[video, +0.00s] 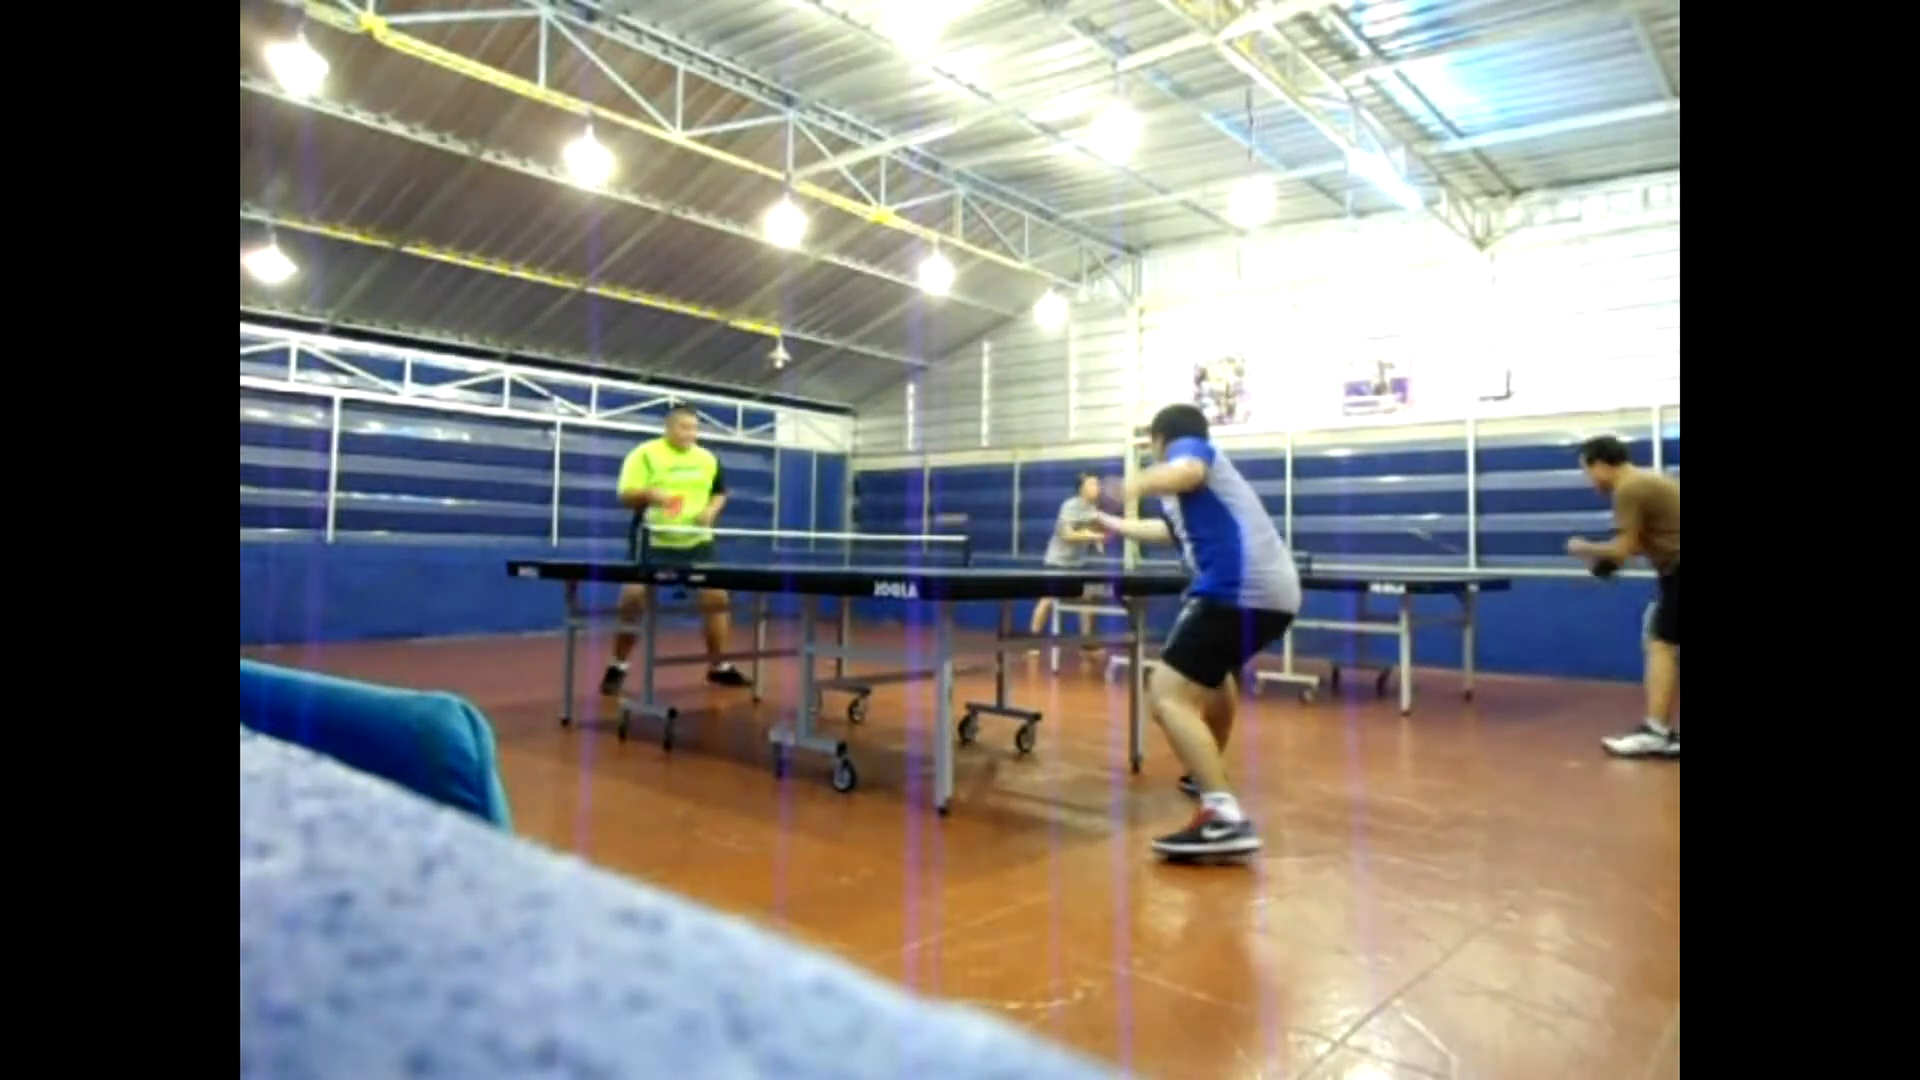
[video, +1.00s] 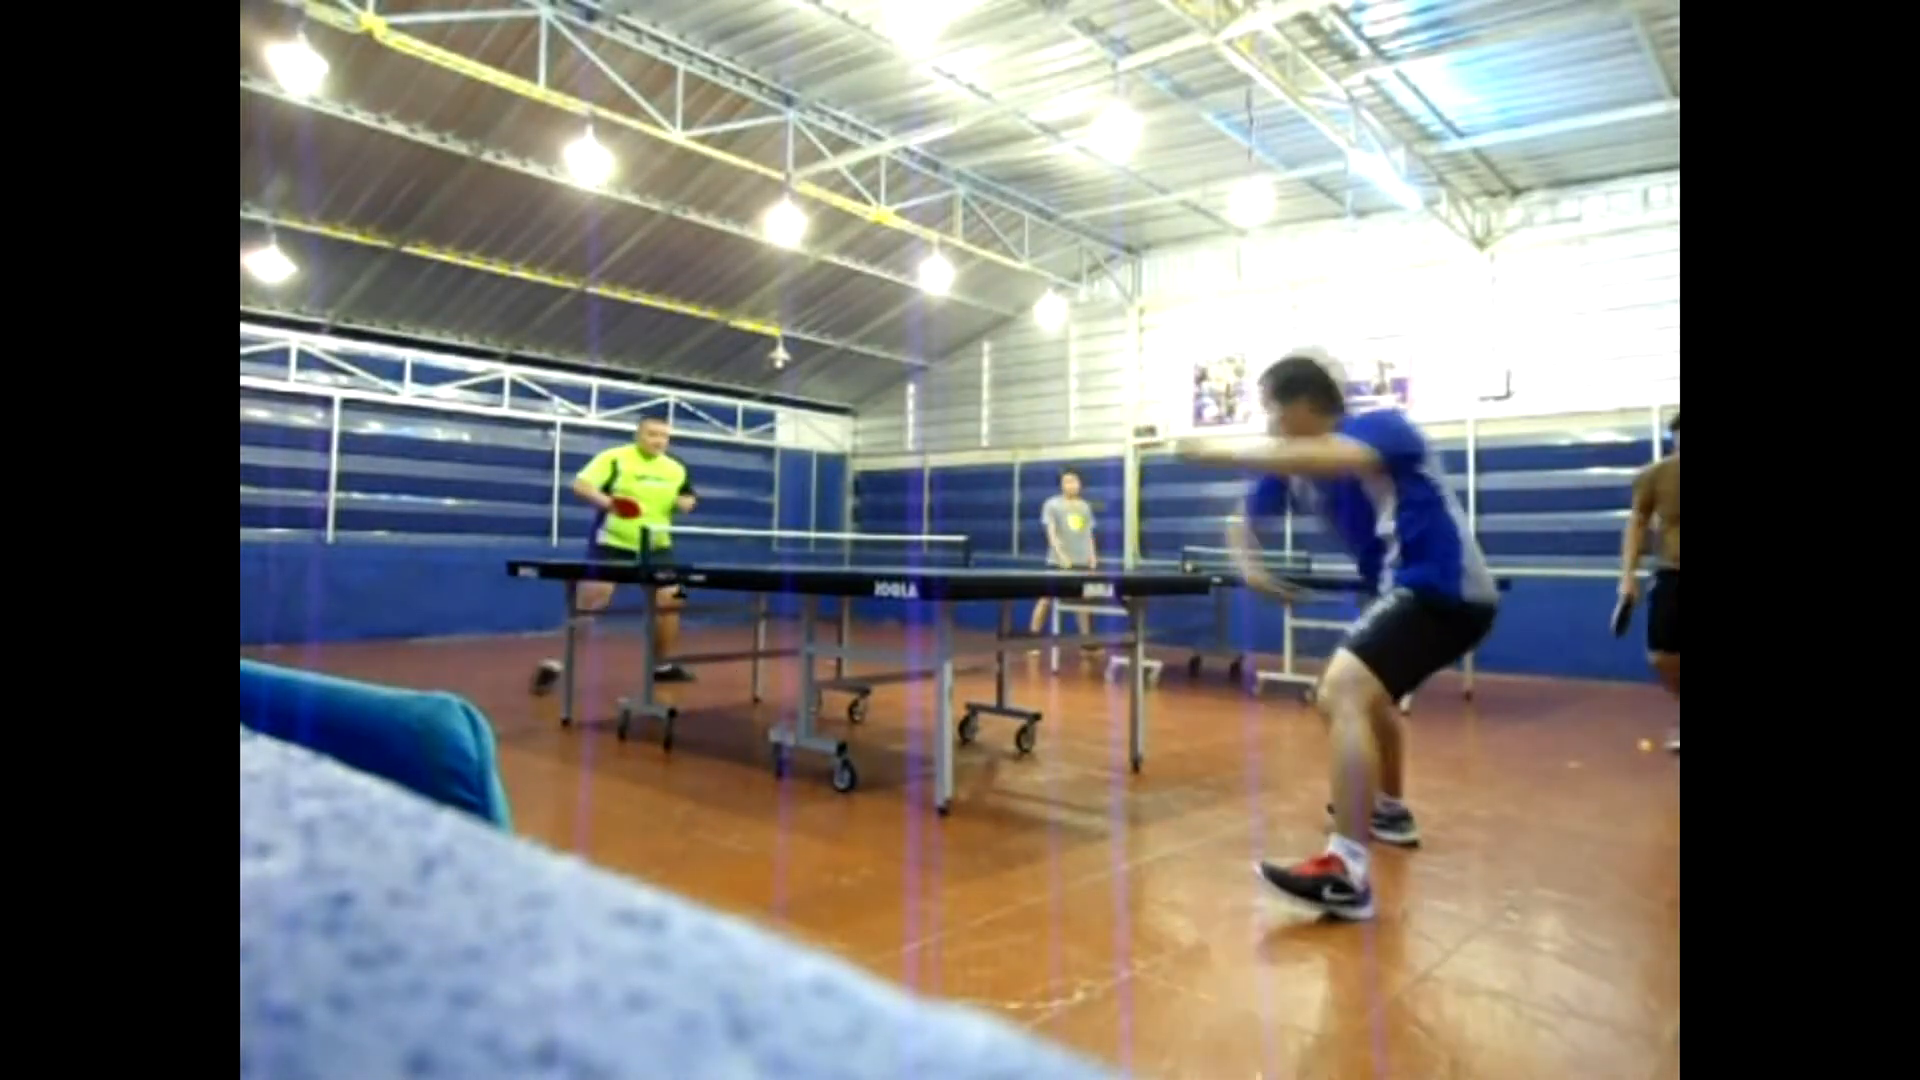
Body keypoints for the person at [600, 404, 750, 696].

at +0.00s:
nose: (689, 433)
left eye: (693, 427)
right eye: (683, 426)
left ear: (698, 430)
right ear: (669, 427)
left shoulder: (709, 460)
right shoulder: (645, 455)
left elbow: (719, 492)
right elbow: (627, 493)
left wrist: (710, 512)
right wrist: (654, 497)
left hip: (697, 539)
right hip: (655, 539)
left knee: (716, 598)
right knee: (633, 598)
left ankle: (719, 663)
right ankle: (618, 664)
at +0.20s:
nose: (682, 457)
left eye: (685, 451)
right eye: (675, 451)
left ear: (690, 452)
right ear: (660, 449)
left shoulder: (698, 478)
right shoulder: (635, 469)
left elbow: (713, 501)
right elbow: (608, 505)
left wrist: (706, 513)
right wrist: (639, 508)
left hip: (685, 553)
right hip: (639, 553)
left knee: (711, 601)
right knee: (624, 600)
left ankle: (718, 666)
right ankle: (601, 675)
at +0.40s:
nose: (673, 464)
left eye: (677, 459)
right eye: (668, 457)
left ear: (680, 459)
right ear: (652, 452)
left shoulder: (675, 477)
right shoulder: (625, 469)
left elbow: (676, 503)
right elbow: (635, 509)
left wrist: (692, 513)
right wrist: (679, 514)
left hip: (661, 551)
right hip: (622, 552)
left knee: (682, 602)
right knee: (617, 602)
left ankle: (714, 662)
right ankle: (600, 676)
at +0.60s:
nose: (666, 444)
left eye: (670, 438)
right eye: (659, 436)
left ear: (672, 441)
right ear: (642, 436)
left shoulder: (669, 465)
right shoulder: (617, 457)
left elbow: (667, 498)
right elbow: (616, 489)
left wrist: (687, 487)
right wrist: (660, 481)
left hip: (658, 543)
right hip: (621, 545)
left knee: (675, 598)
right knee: (620, 602)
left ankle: (674, 659)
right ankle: (601, 674)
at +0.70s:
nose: (665, 443)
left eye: (670, 438)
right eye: (659, 436)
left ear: (673, 442)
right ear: (643, 436)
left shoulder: (672, 470)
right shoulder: (621, 458)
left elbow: (672, 503)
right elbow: (598, 485)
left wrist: (688, 493)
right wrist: (631, 478)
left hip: (660, 546)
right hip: (624, 545)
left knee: (671, 602)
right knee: (624, 602)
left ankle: (664, 662)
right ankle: (601, 675)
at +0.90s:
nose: (664, 442)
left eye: (669, 436)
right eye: (658, 434)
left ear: (674, 440)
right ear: (645, 435)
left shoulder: (681, 471)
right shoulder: (621, 459)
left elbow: (685, 499)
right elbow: (587, 485)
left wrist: (691, 508)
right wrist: (611, 501)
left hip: (661, 544)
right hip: (620, 542)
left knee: (670, 602)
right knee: (607, 598)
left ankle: (664, 662)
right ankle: (582, 666)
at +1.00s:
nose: (658, 441)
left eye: (663, 436)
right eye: (652, 434)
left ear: (668, 439)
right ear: (639, 434)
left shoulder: (676, 470)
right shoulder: (615, 458)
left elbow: (687, 498)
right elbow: (581, 484)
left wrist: (685, 502)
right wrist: (608, 502)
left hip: (657, 545)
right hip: (614, 542)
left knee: (669, 600)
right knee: (591, 599)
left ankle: (664, 662)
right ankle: (560, 663)